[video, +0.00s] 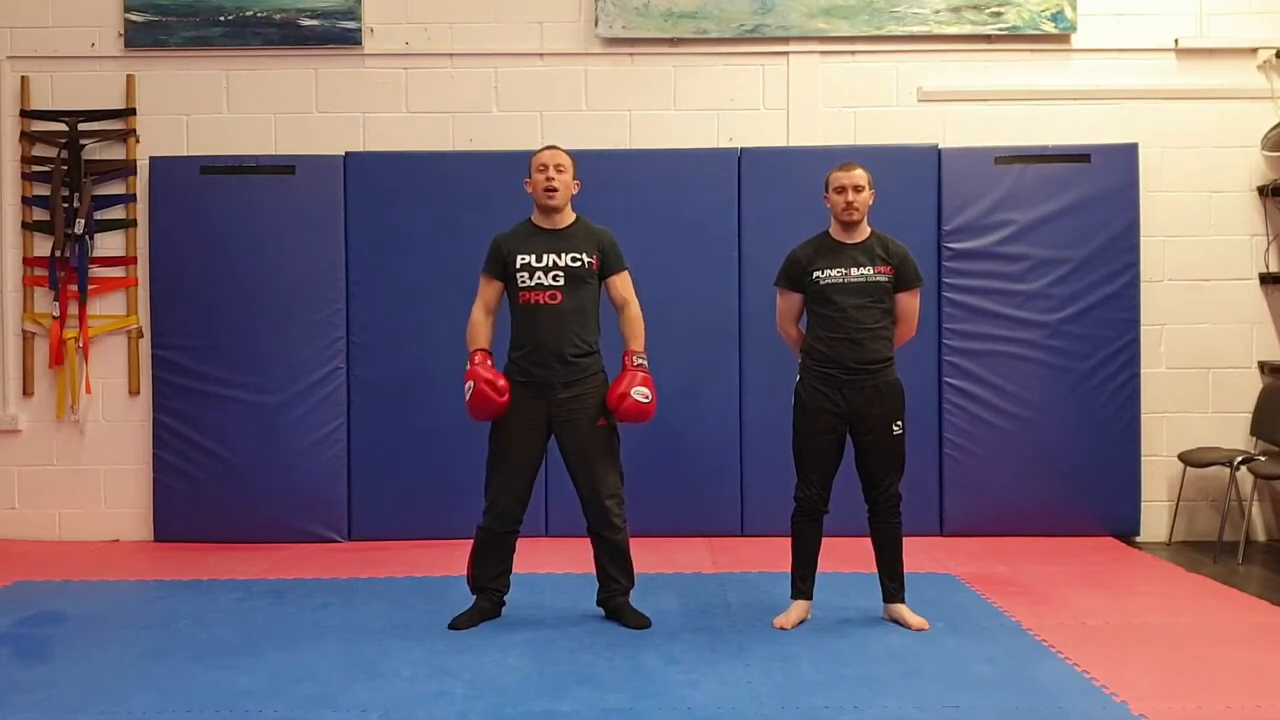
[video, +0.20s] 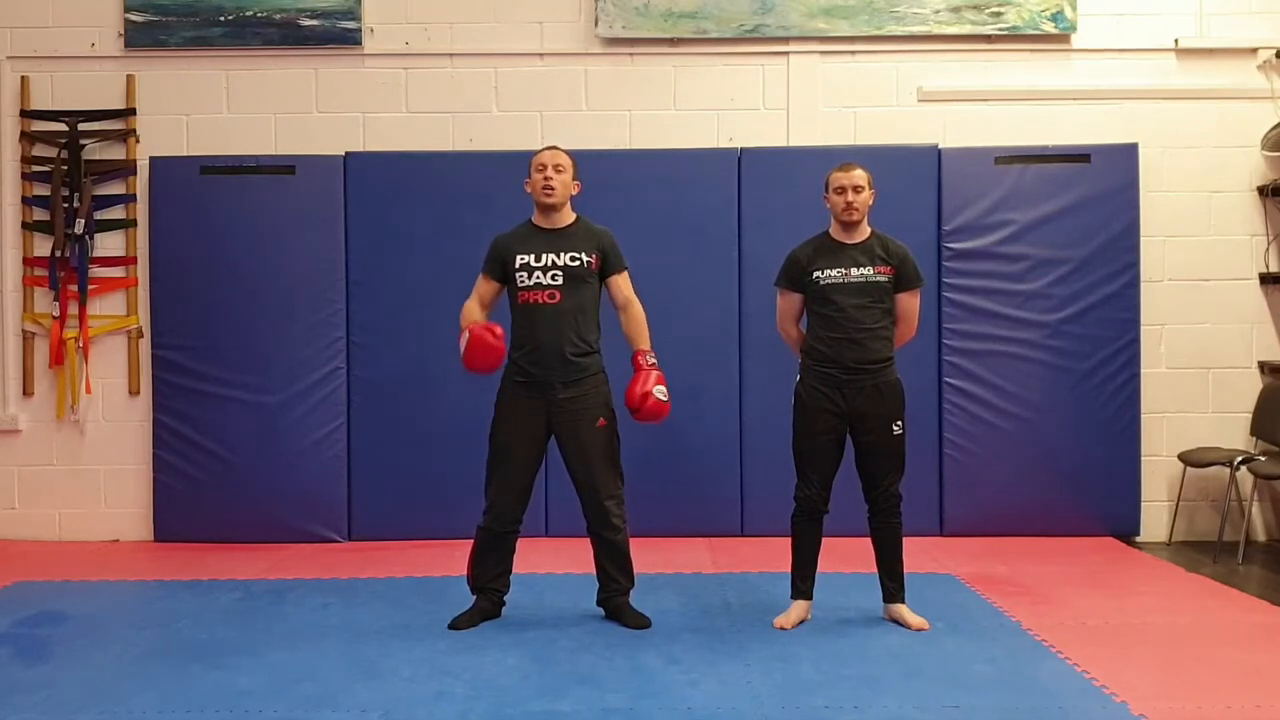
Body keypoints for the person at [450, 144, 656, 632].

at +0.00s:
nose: (550, 177)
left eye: (559, 171)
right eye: (542, 171)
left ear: (574, 184)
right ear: (529, 184)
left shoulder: (598, 240)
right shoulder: (508, 244)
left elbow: (628, 305)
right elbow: (484, 310)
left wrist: (637, 365)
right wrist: (479, 362)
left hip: (585, 388)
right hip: (521, 389)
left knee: (606, 499)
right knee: (503, 501)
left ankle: (616, 597)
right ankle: (488, 597)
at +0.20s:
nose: (547, 176)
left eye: (557, 170)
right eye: (539, 170)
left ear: (575, 186)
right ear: (528, 184)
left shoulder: (598, 240)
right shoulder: (507, 245)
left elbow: (628, 303)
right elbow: (476, 305)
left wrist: (647, 363)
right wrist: (474, 332)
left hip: (584, 388)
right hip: (522, 390)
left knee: (605, 499)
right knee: (503, 499)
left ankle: (616, 598)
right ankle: (488, 597)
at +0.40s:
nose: (547, 176)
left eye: (557, 171)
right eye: (540, 170)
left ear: (575, 187)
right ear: (527, 184)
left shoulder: (598, 240)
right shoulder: (507, 245)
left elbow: (628, 306)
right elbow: (472, 312)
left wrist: (651, 363)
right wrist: (473, 282)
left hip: (583, 389)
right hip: (522, 389)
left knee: (604, 498)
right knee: (503, 499)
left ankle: (616, 598)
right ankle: (488, 598)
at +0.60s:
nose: (552, 175)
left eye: (561, 170)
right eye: (544, 169)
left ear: (577, 186)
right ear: (531, 183)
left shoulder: (597, 240)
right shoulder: (510, 238)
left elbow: (624, 308)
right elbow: (477, 305)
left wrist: (644, 366)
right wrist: (487, 246)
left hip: (582, 387)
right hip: (522, 388)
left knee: (604, 498)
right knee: (502, 499)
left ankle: (616, 598)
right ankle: (488, 598)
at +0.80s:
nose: (559, 177)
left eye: (568, 171)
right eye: (551, 170)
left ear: (580, 186)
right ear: (535, 184)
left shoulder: (599, 243)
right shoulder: (515, 235)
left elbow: (618, 312)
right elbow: (479, 290)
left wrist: (633, 370)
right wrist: (504, 240)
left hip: (583, 388)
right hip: (523, 388)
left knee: (605, 498)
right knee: (503, 498)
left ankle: (616, 597)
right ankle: (488, 597)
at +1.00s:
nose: (565, 181)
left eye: (573, 175)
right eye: (557, 173)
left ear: (585, 188)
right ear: (539, 184)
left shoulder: (600, 247)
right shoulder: (515, 233)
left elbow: (614, 316)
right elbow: (487, 272)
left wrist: (628, 374)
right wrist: (513, 287)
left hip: (584, 390)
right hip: (524, 390)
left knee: (606, 499)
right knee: (503, 499)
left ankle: (616, 598)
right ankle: (488, 597)